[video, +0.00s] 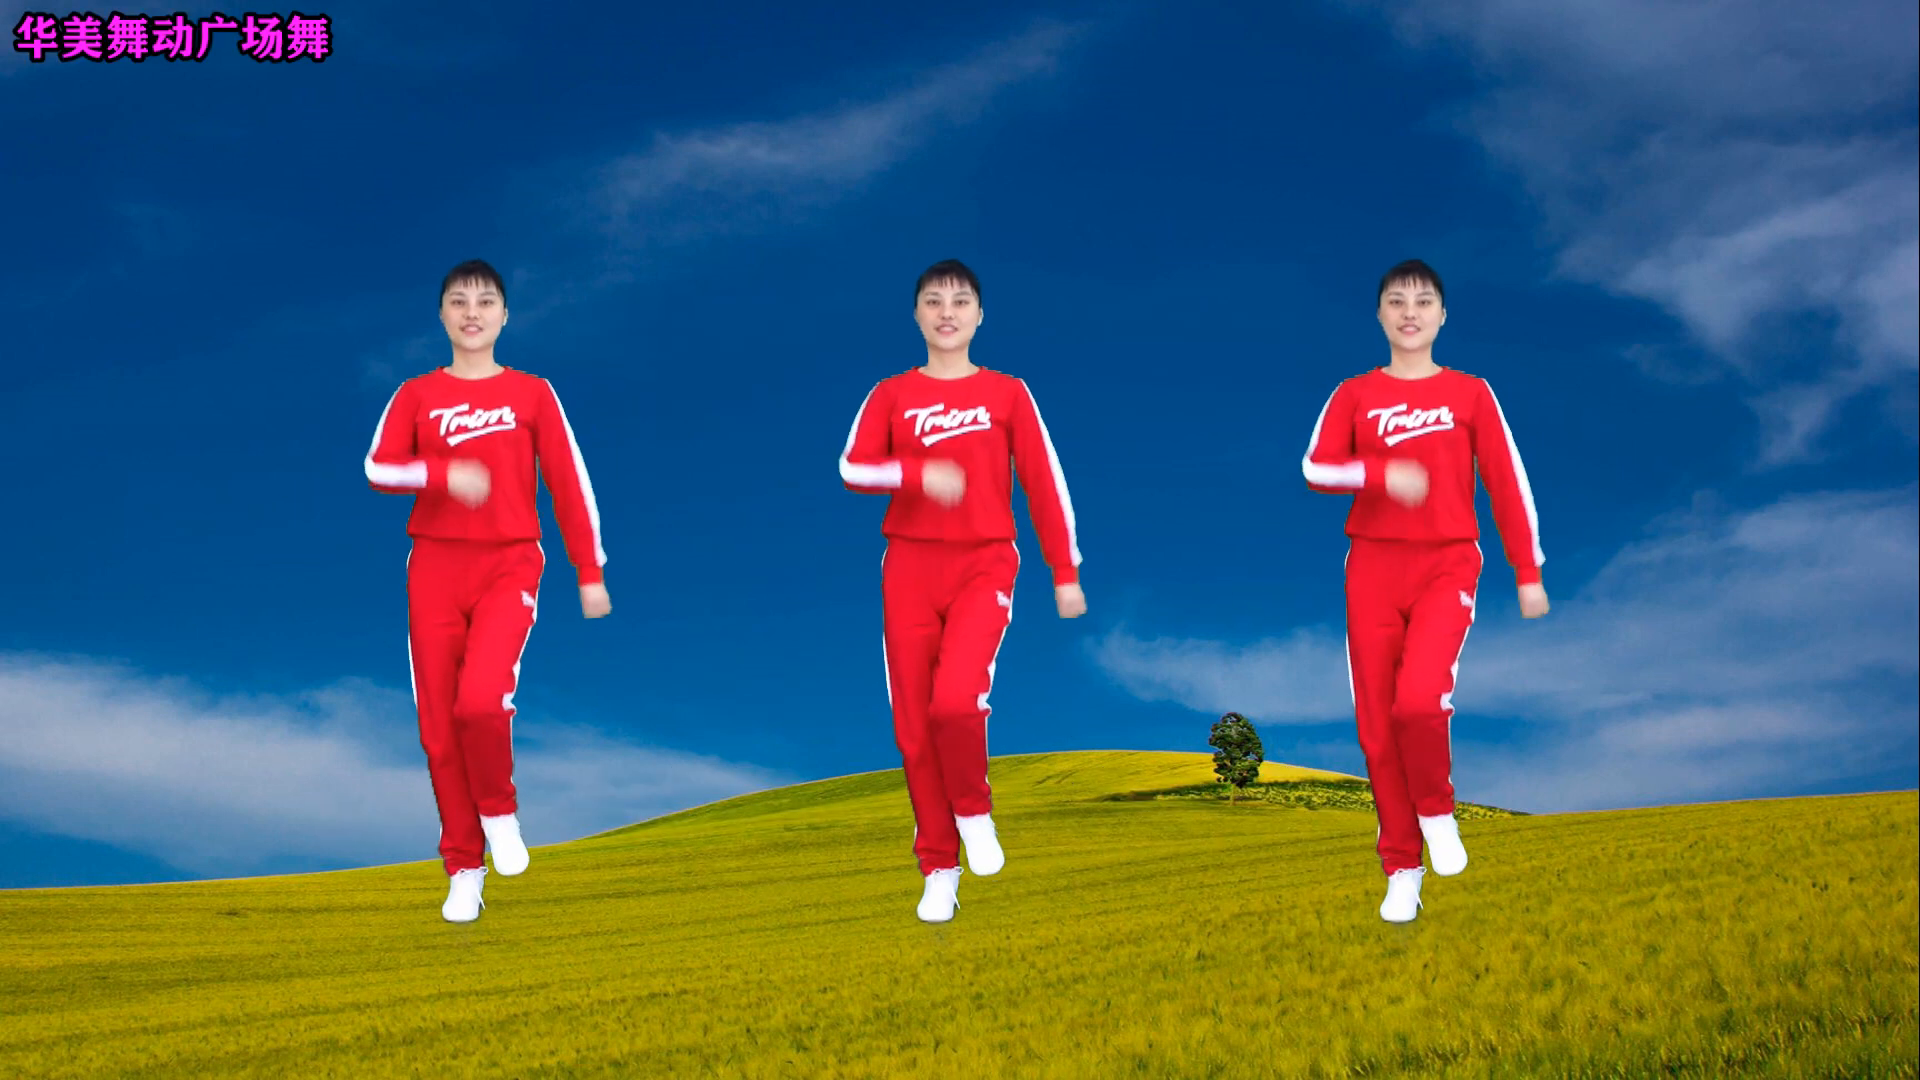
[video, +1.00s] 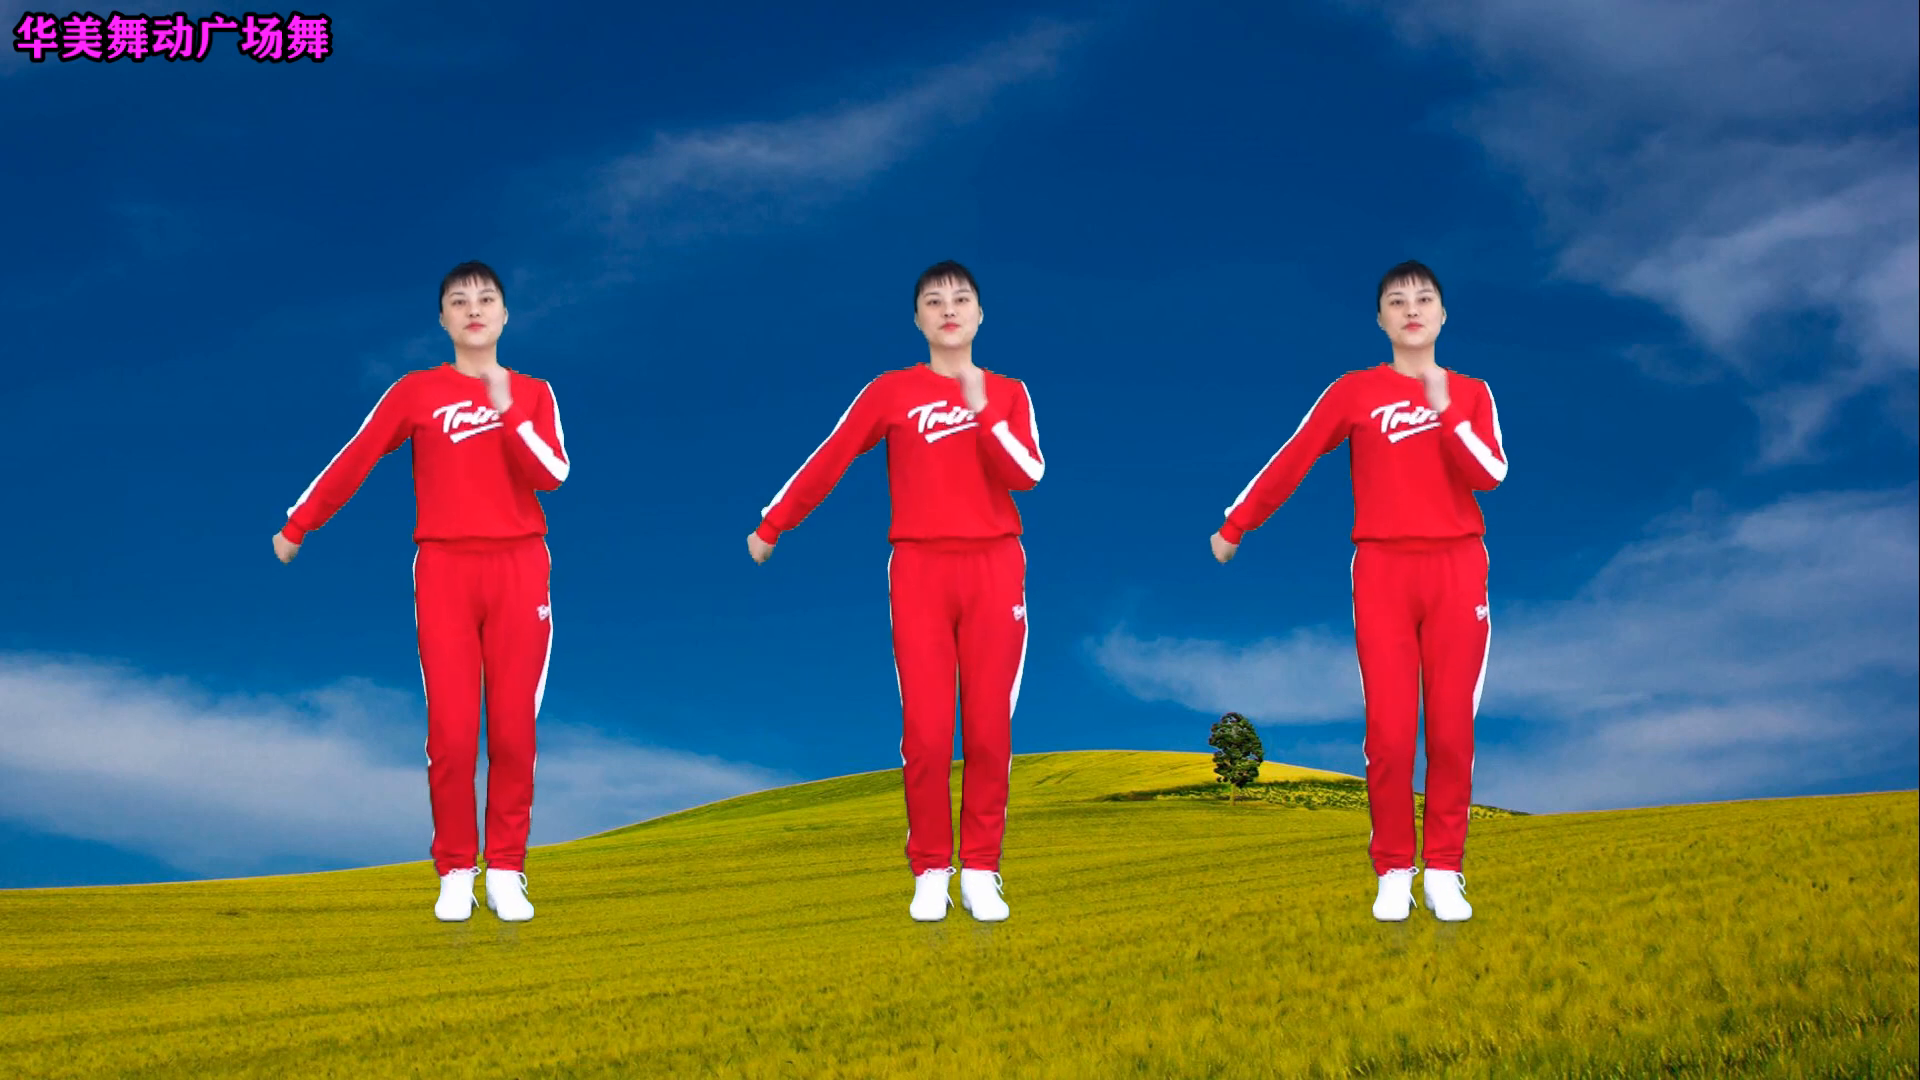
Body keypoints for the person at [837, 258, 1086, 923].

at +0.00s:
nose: (947, 312)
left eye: (959, 302)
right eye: (935, 302)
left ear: (978, 314)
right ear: (918, 315)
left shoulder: (1009, 392)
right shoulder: (890, 394)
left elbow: (1045, 482)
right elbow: (853, 469)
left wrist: (1065, 572)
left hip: (985, 567)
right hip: (909, 567)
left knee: (954, 705)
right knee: (912, 724)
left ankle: (972, 809)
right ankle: (938, 863)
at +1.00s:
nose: (949, 310)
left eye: (961, 300)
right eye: (935, 302)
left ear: (979, 314)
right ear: (918, 319)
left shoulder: (1008, 392)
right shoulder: (889, 391)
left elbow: (1026, 475)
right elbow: (829, 459)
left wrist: (982, 412)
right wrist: (771, 525)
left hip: (996, 567)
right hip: (919, 568)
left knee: (989, 726)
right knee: (927, 727)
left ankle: (981, 869)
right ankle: (931, 869)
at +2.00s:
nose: (948, 327)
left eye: (959, 316)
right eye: (934, 317)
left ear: (977, 325)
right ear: (919, 329)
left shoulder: (1009, 406)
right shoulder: (894, 410)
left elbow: (1029, 495)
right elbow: (874, 504)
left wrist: (1014, 568)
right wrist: (862, 592)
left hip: (998, 578)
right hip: (922, 579)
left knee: (997, 729)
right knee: (950, 703)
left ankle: (971, 869)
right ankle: (937, 805)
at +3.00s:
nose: (937, 306)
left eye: (951, 296)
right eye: (925, 296)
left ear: (969, 311)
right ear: (908, 310)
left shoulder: (1000, 383)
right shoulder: (879, 394)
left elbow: (1063, 452)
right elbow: (843, 481)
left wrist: (1119, 518)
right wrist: (888, 426)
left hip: (979, 566)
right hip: (902, 568)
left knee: (967, 729)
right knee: (915, 731)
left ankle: (971, 868)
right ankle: (929, 869)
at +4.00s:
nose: (969, 314)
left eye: (973, 305)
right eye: (952, 306)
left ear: (980, 324)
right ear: (917, 327)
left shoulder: (1008, 405)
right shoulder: (898, 404)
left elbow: (1032, 499)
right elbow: (831, 473)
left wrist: (1048, 583)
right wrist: (765, 540)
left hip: (991, 579)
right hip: (918, 577)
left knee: (998, 728)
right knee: (922, 732)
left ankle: (983, 844)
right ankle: (924, 870)